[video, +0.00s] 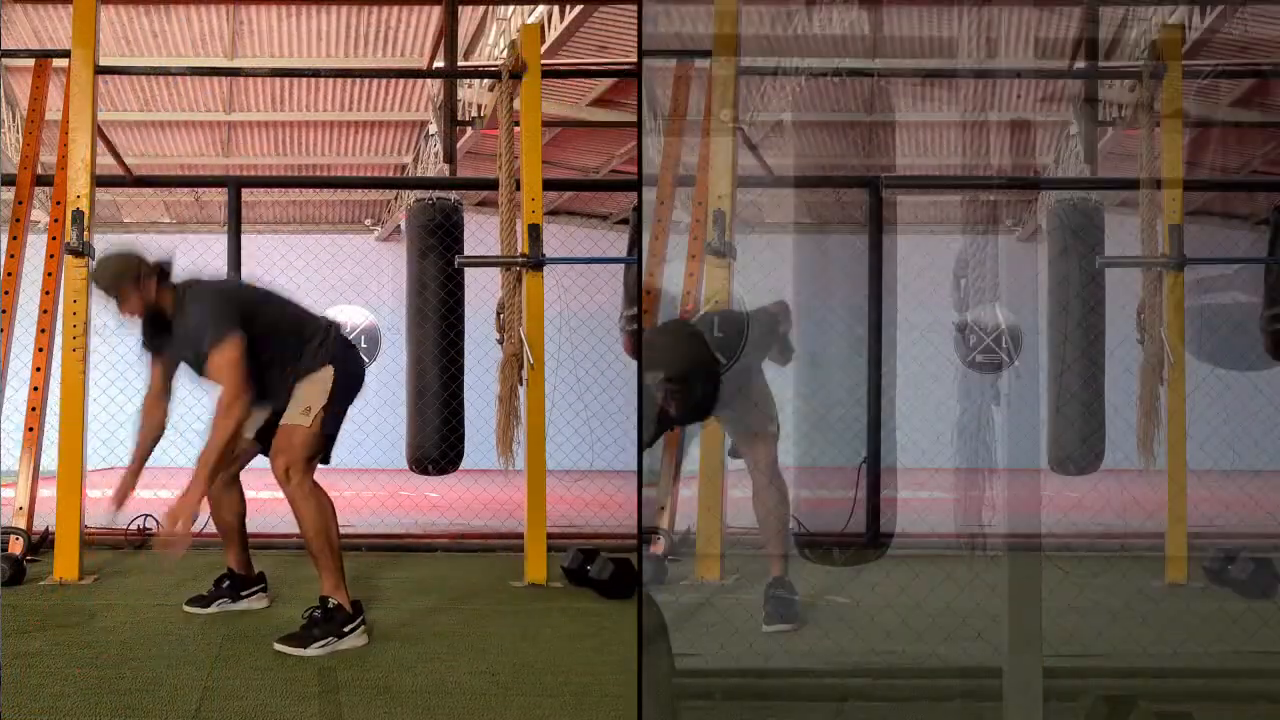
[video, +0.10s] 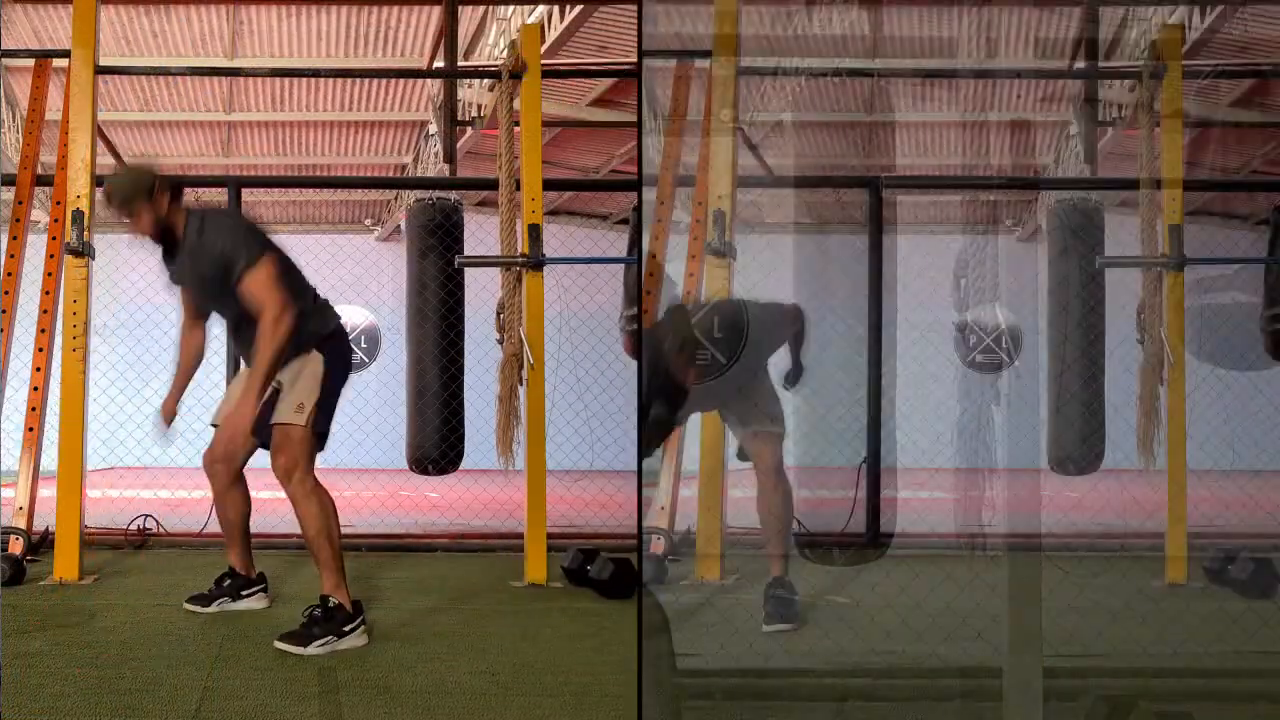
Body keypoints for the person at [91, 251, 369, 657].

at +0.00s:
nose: (123, 308)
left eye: (124, 295)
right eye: (116, 299)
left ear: (149, 278)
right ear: (139, 287)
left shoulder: (205, 306)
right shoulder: (160, 325)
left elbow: (236, 397)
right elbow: (156, 401)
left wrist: (194, 493)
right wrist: (134, 470)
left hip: (325, 361)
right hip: (274, 379)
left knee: (291, 466)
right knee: (219, 470)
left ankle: (340, 607)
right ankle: (242, 577)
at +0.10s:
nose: (132, 225)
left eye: (134, 212)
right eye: (126, 216)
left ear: (161, 196)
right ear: (140, 208)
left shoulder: (222, 231)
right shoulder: (178, 249)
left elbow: (278, 312)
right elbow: (195, 323)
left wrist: (249, 396)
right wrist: (174, 394)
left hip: (311, 345)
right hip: (260, 352)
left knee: (291, 465)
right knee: (220, 461)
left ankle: (341, 606)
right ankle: (243, 576)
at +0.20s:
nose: (147, 174)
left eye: (150, 160)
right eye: (140, 165)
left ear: (182, 142)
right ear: (146, 161)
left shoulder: (242, 179)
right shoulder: (192, 205)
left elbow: (307, 255)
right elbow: (223, 271)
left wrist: (280, 335)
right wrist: (208, 338)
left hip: (294, 340)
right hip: (247, 346)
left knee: (292, 461)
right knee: (226, 456)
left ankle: (341, 605)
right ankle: (244, 575)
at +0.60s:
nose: (138, 174)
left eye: (142, 158)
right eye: (130, 164)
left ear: (174, 140)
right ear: (131, 163)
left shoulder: (233, 179)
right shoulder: (187, 209)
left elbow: (281, 264)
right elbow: (210, 289)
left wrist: (248, 347)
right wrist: (181, 362)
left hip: (290, 331)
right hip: (246, 338)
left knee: (291, 460)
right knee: (226, 458)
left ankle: (340, 605)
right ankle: (244, 576)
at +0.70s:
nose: (116, 227)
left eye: (118, 213)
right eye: (111, 218)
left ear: (148, 197)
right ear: (130, 210)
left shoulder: (209, 231)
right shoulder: (165, 252)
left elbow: (249, 324)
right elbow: (176, 341)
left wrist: (221, 419)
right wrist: (155, 420)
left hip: (308, 344)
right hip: (262, 353)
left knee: (288, 464)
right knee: (216, 455)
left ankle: (339, 605)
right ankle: (242, 576)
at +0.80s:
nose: (106, 309)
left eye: (106, 296)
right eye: (100, 300)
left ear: (133, 279)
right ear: (127, 286)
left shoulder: (199, 303)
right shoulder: (151, 323)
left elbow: (214, 403)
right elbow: (150, 406)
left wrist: (189, 515)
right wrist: (126, 495)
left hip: (313, 362)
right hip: (261, 373)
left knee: (278, 471)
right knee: (204, 464)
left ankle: (339, 605)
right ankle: (241, 576)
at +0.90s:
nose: (105, 390)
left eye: (102, 379)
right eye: (97, 384)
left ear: (123, 357)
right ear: (119, 360)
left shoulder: (182, 361)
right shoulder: (138, 380)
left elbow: (181, 481)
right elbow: (127, 472)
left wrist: (158, 580)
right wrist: (96, 561)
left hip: (315, 366)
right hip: (263, 380)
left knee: (267, 477)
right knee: (208, 467)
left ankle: (338, 607)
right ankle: (242, 578)